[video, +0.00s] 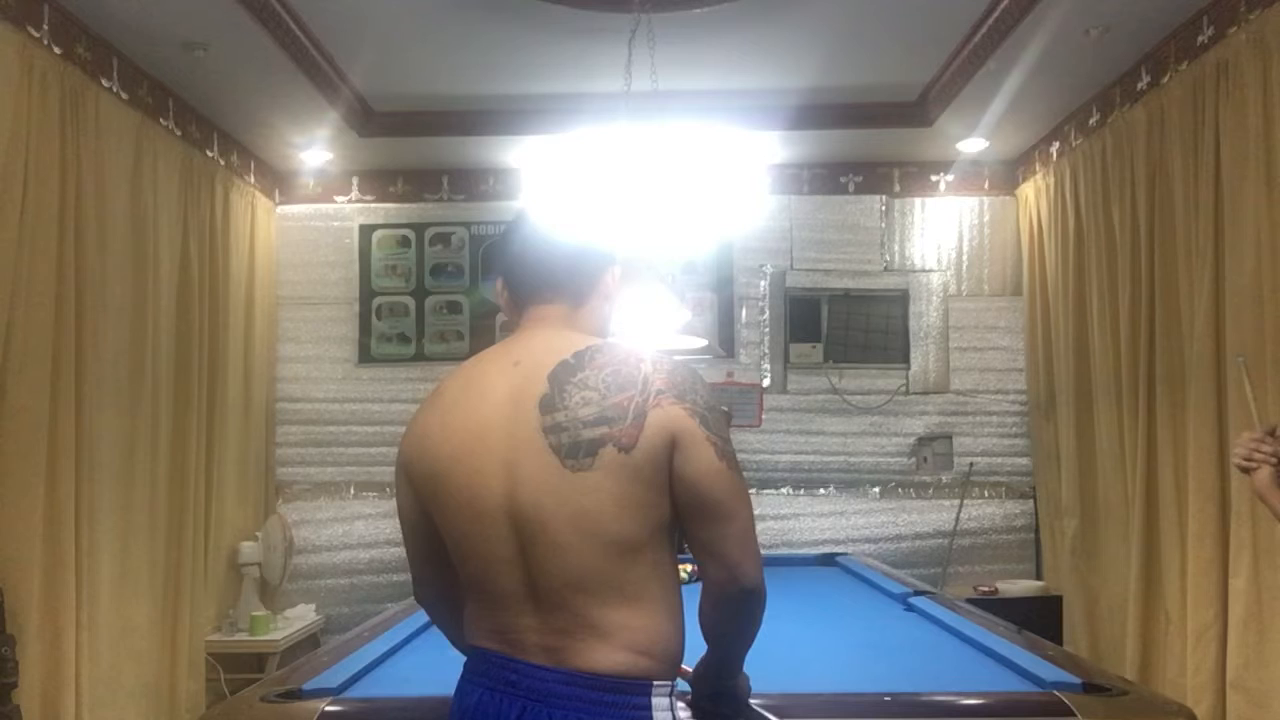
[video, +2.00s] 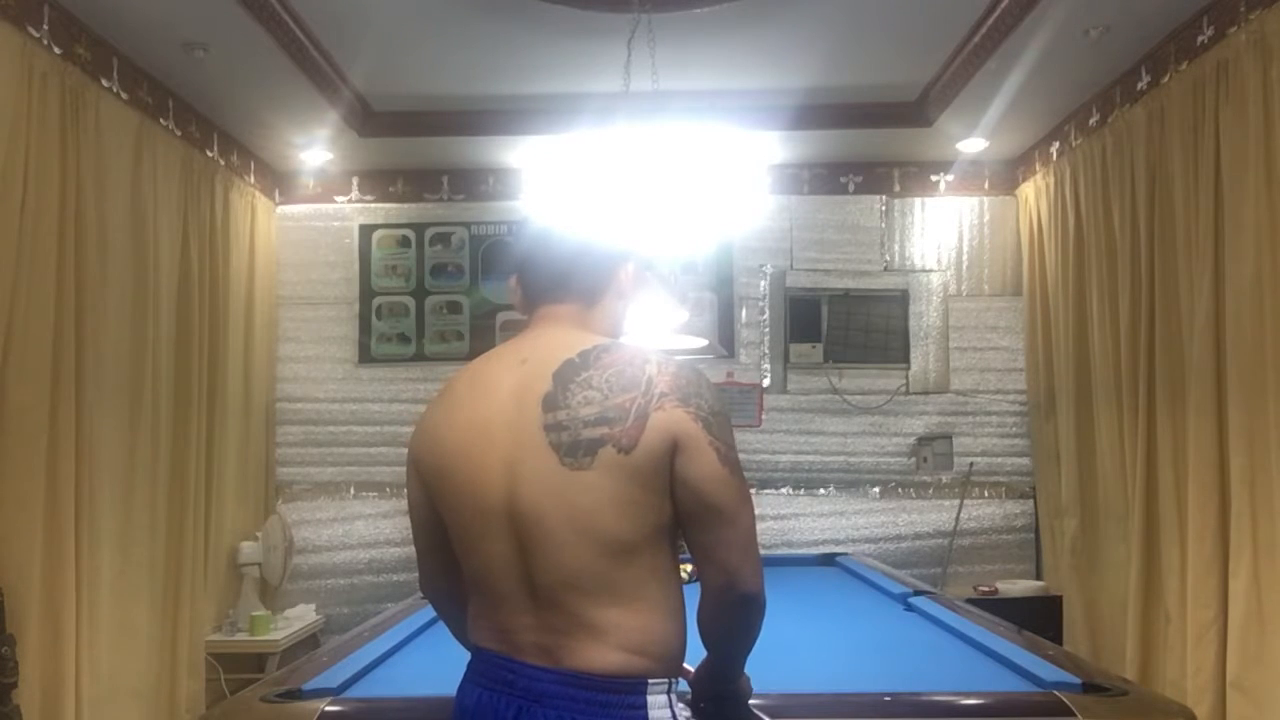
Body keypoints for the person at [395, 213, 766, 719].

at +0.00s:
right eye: (620, 282)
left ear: (502, 295)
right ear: (610, 283)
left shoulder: (434, 412)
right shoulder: (661, 388)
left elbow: (434, 589)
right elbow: (738, 580)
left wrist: (497, 662)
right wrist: (722, 673)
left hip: (485, 698)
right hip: (627, 702)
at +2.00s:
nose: (642, 290)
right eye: (640, 276)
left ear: (517, 287)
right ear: (625, 277)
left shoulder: (445, 406)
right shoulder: (668, 387)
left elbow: (440, 583)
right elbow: (738, 586)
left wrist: (504, 657)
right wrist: (723, 677)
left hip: (487, 697)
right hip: (629, 702)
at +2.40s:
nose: (637, 289)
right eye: (635, 277)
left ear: (511, 292)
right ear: (620, 280)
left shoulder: (445, 407)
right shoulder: (669, 384)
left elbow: (439, 585)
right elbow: (740, 582)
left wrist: (504, 659)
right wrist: (724, 675)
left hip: (489, 698)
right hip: (631, 703)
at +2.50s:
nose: (636, 290)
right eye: (634, 278)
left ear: (509, 294)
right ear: (618, 280)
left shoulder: (445, 408)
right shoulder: (669, 384)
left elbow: (439, 587)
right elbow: (740, 580)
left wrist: (504, 661)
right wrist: (723, 674)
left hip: (491, 697)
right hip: (634, 701)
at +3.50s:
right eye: (630, 282)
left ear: (507, 303)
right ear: (613, 285)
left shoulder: (443, 409)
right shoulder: (668, 385)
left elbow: (437, 585)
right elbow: (739, 578)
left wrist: (502, 658)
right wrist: (723, 673)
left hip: (486, 697)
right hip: (626, 703)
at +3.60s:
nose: (499, 309)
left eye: (501, 295)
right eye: (632, 284)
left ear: (509, 298)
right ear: (616, 285)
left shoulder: (444, 407)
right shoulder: (668, 386)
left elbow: (436, 583)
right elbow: (738, 580)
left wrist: (500, 657)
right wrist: (722, 674)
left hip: (485, 697)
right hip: (624, 703)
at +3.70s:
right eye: (635, 284)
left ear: (511, 299)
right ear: (617, 286)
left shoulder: (444, 407)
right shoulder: (666, 386)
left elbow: (436, 583)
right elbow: (737, 579)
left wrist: (501, 656)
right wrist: (722, 674)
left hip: (483, 696)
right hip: (623, 702)